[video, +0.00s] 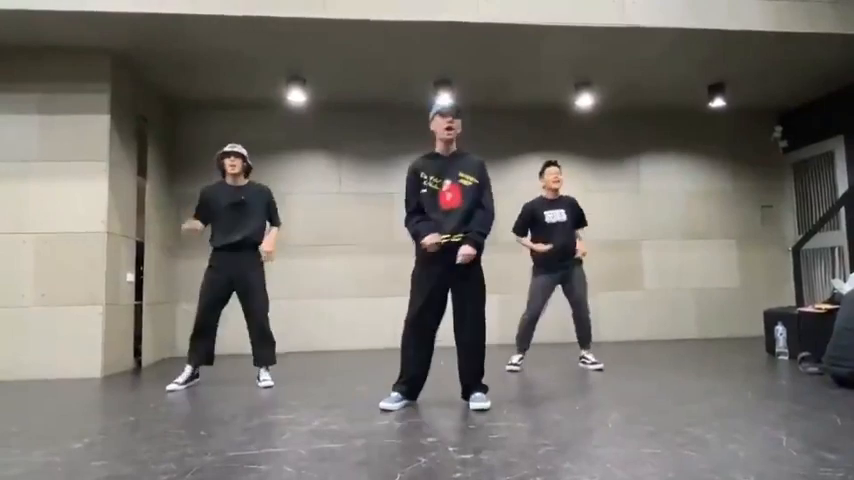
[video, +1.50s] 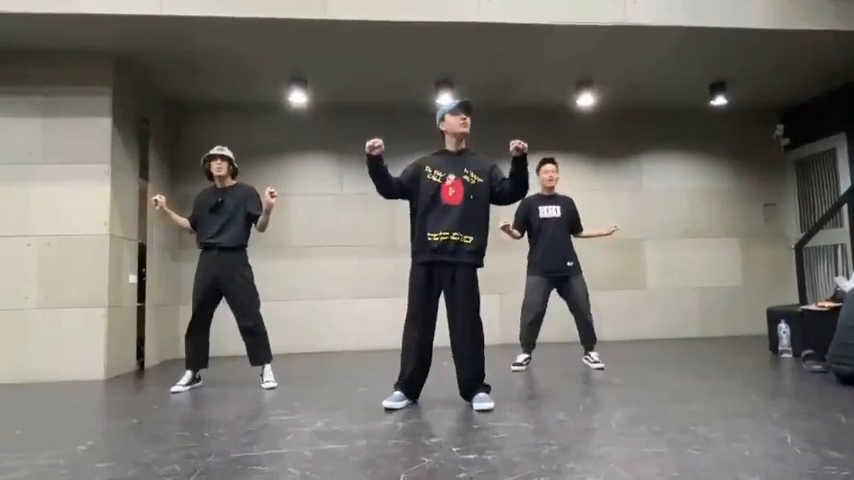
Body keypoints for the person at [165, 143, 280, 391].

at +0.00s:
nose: (232, 161)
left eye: (236, 157)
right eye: (228, 157)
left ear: (245, 163)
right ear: (222, 163)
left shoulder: (261, 192)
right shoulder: (210, 192)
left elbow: (275, 224)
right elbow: (198, 221)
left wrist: (269, 241)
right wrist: (191, 225)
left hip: (250, 261)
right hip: (220, 261)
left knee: (257, 315)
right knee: (205, 314)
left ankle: (263, 368)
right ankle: (192, 368)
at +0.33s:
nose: (228, 167)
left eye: (233, 163)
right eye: (225, 164)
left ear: (243, 169)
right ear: (219, 169)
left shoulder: (253, 197)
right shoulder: (213, 195)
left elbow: (258, 231)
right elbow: (197, 225)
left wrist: (240, 208)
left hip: (238, 263)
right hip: (213, 261)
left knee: (249, 316)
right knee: (199, 315)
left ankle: (262, 369)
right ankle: (192, 371)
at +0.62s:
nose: (215, 167)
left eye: (219, 163)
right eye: (211, 164)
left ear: (230, 168)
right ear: (208, 170)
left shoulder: (245, 194)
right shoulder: (208, 200)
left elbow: (262, 228)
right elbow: (192, 230)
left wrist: (266, 207)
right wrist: (166, 213)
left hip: (236, 263)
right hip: (210, 263)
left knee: (246, 318)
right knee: (202, 318)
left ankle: (262, 369)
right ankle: (193, 372)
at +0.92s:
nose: (211, 161)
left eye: (217, 158)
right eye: (208, 159)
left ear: (227, 165)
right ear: (205, 166)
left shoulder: (242, 192)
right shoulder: (204, 197)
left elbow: (259, 227)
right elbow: (190, 228)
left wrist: (265, 207)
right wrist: (166, 211)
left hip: (234, 262)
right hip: (207, 262)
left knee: (245, 317)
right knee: (197, 318)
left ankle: (262, 369)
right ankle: (191, 372)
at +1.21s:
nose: (202, 177)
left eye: (204, 171)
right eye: (197, 176)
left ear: (214, 170)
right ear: (196, 182)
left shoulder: (238, 194)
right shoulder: (199, 201)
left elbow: (250, 231)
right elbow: (188, 233)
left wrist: (258, 213)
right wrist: (163, 215)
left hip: (222, 263)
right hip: (196, 263)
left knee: (236, 317)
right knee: (192, 318)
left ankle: (258, 369)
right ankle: (191, 372)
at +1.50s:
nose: (217, 164)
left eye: (222, 160)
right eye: (213, 161)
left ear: (231, 165)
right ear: (208, 167)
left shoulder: (245, 191)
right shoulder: (203, 196)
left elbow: (260, 226)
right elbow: (190, 225)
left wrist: (267, 208)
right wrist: (165, 209)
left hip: (235, 261)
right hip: (208, 261)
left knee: (249, 315)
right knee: (199, 316)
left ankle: (266, 367)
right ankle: (192, 371)